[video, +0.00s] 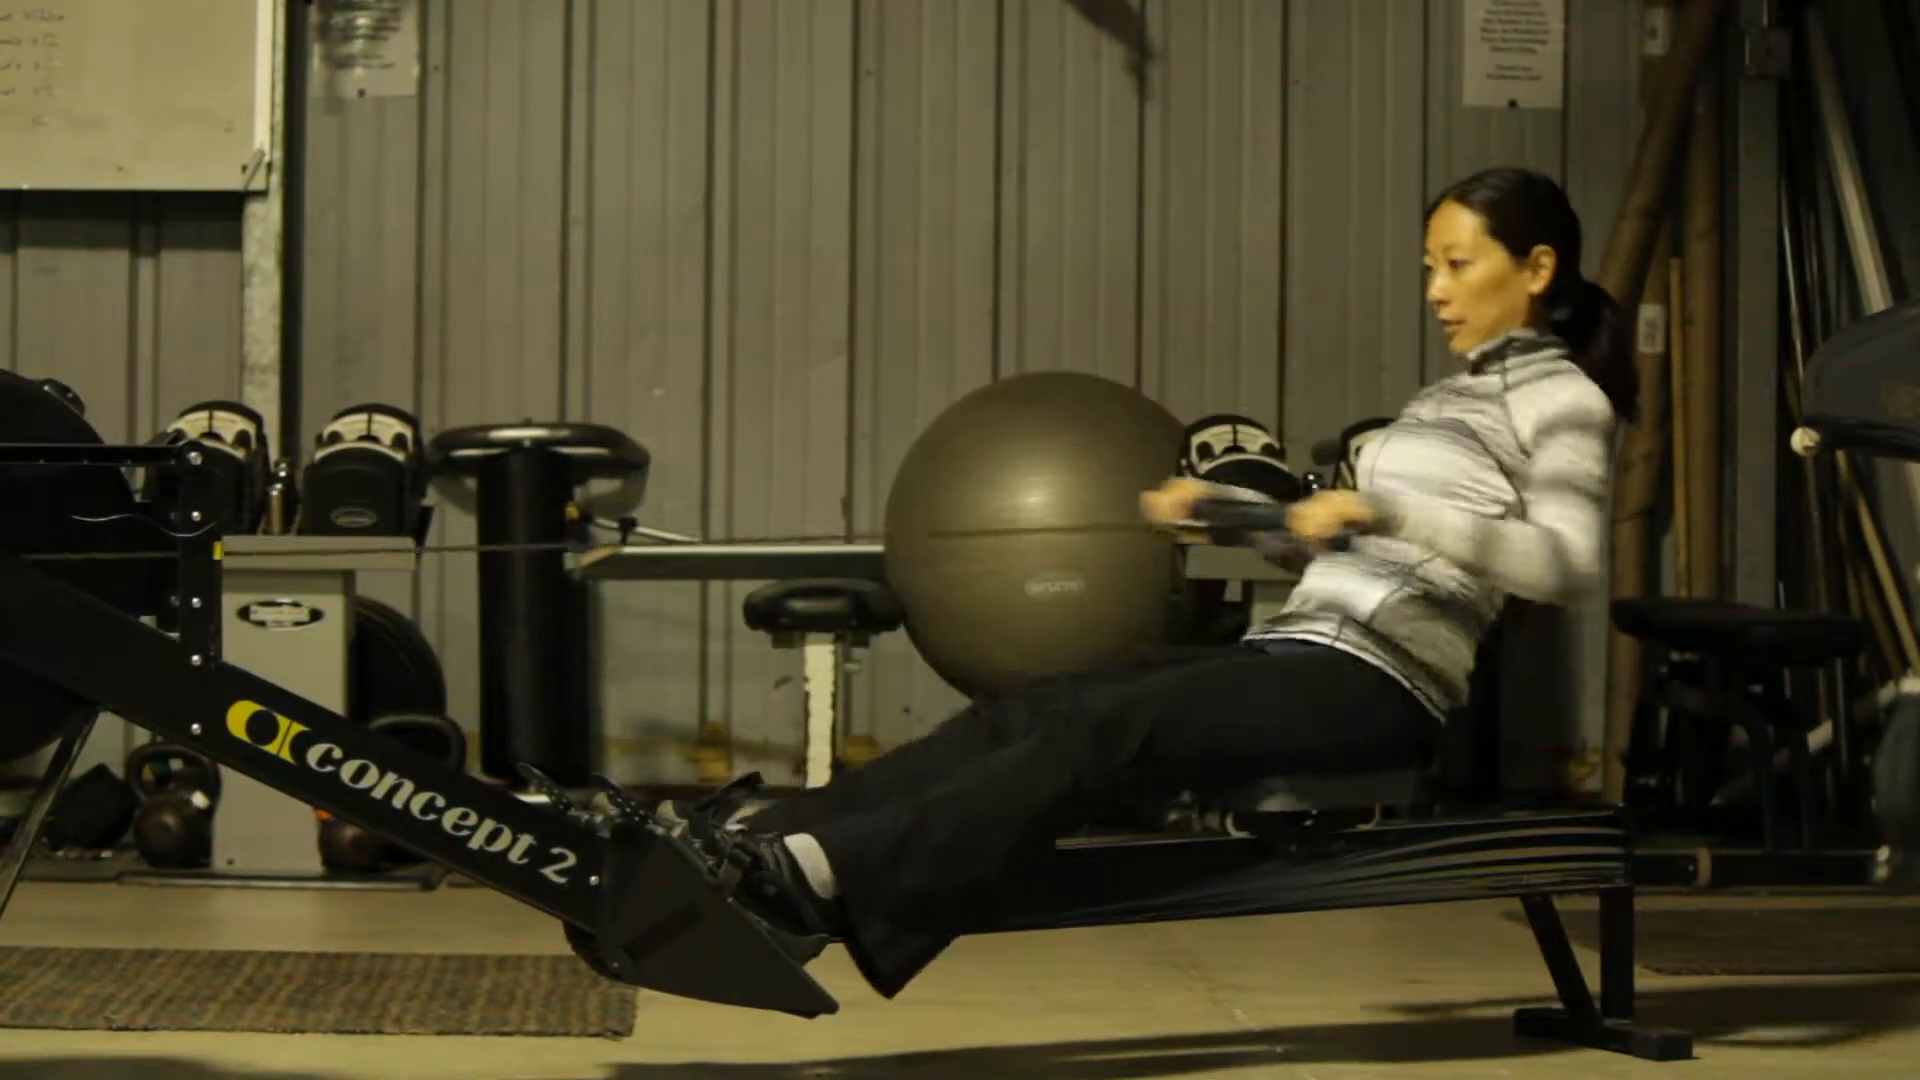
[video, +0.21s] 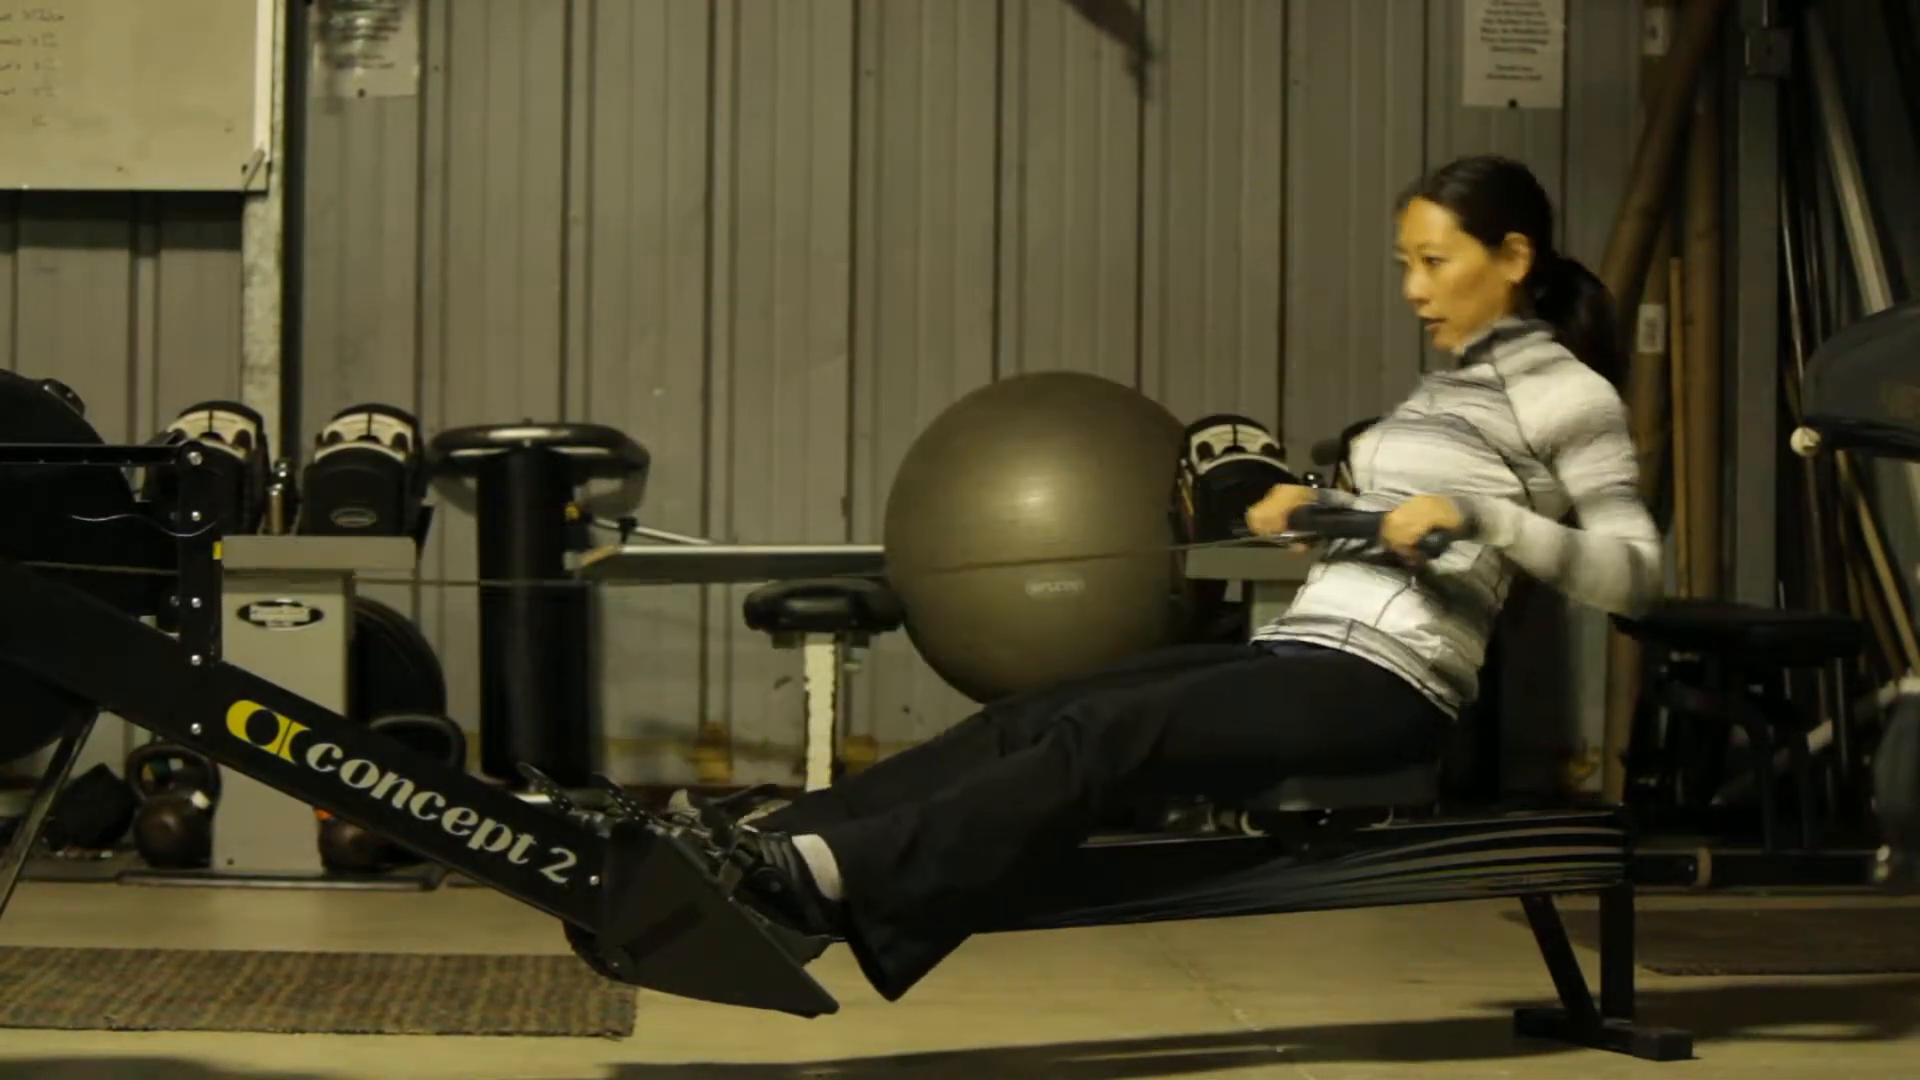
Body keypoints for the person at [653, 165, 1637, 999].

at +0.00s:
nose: (1435, 287)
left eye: (1455, 263)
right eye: (1433, 264)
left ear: (1535, 268)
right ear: (1472, 271)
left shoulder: (1562, 393)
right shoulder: (1445, 395)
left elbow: (1568, 559)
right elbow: (1369, 534)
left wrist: (1384, 510)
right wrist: (1229, 512)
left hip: (1380, 680)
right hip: (1299, 656)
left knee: (1088, 722)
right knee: (1023, 709)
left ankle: (812, 882)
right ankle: (762, 841)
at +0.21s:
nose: (1414, 288)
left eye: (1433, 262)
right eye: (1410, 265)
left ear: (1515, 263)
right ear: (1450, 267)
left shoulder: (1557, 378)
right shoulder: (1443, 381)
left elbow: (1637, 575)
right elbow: (1414, 523)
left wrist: (1484, 516)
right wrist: (1315, 508)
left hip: (1392, 681)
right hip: (1305, 658)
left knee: (1092, 728)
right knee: (1032, 711)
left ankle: (811, 894)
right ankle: (761, 852)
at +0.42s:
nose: (1266, 241)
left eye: (1286, 216)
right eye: (1261, 218)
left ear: (1374, 214)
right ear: (1270, 218)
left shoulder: (1425, 342)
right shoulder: (1295, 344)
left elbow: (1431, 542)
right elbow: (1243, 505)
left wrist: (1228, 539)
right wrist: (1088, 521)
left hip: (1357, 672)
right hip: (1256, 649)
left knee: (1049, 681)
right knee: (1007, 662)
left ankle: (828, 879)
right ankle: (779, 841)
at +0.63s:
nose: (1038, 226)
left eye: (1062, 197)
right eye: (1035, 200)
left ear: (1153, 197)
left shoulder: (1202, 333)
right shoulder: (1074, 335)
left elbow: (1085, 521)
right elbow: (944, 482)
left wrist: (903, 632)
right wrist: (765, 591)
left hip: (1220, 696)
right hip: (1116, 669)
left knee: (958, 638)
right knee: (895, 596)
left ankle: (818, 871)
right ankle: (760, 819)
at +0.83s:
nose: (803, 235)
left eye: (830, 207)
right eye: (805, 209)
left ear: (921, 219)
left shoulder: (964, 353)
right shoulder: (855, 354)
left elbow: (822, 524)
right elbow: (699, 478)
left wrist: (630, 633)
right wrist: (503, 585)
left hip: (1079, 692)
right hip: (996, 679)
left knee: (853, 580)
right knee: (787, 577)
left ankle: (803, 874)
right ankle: (715, 836)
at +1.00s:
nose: (668, 260)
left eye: (695, 235)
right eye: (673, 236)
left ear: (783, 246)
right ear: (750, 251)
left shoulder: (840, 370)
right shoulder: (725, 380)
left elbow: (661, 509)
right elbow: (563, 469)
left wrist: (452, 586)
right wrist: (339, 541)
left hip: (988, 699)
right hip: (893, 691)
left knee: (765, 547)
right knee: (694, 547)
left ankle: (787, 860)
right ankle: (695, 834)